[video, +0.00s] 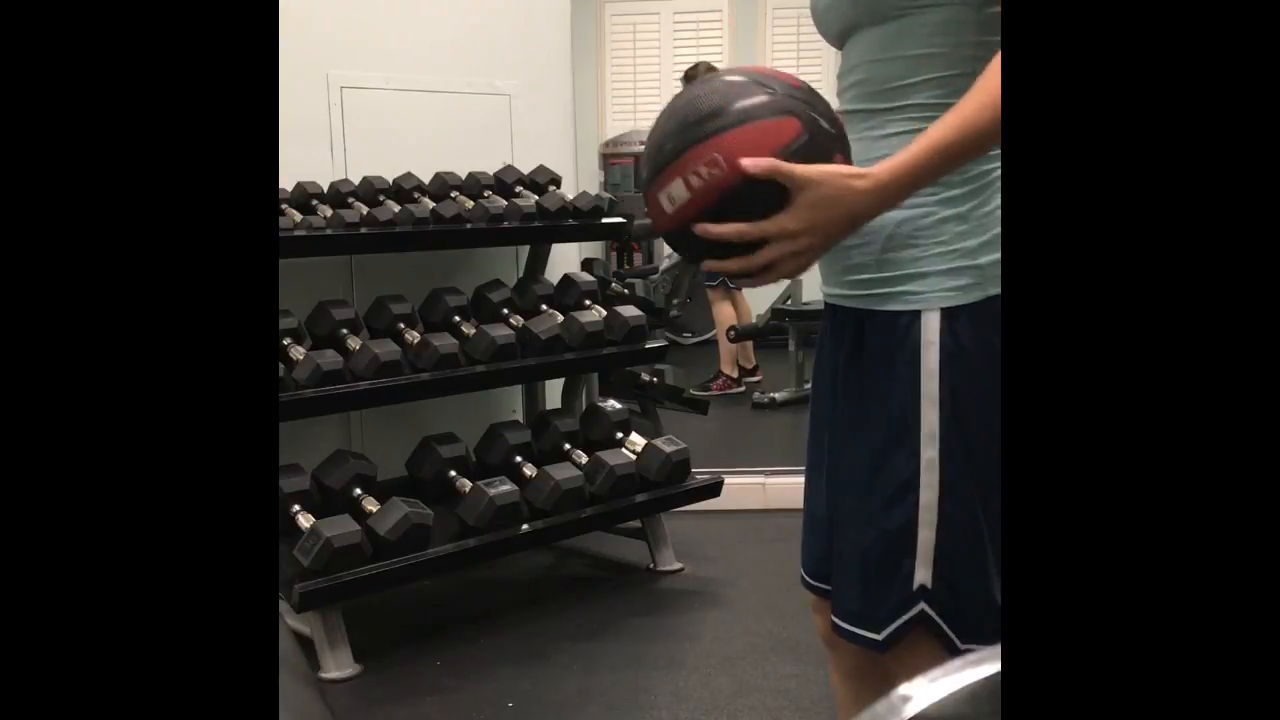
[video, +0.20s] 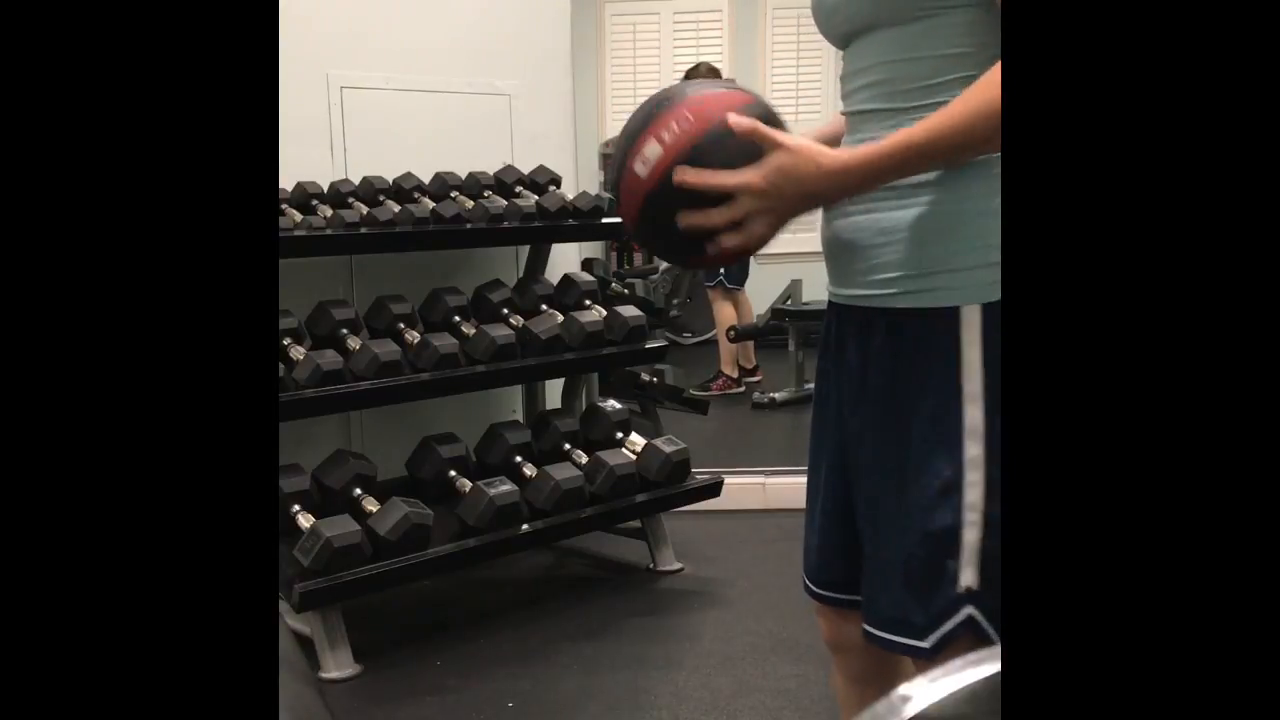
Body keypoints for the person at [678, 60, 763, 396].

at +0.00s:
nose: (684, 95)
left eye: (687, 88)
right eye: (686, 89)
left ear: (697, 89)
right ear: (715, 85)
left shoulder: (705, 121)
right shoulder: (730, 115)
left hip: (713, 216)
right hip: (736, 210)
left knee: (718, 293)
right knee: (734, 290)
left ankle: (729, 373)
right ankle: (749, 364)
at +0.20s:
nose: (691, 100)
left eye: (694, 92)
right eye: (691, 93)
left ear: (700, 91)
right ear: (721, 85)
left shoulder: (701, 132)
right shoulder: (739, 122)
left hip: (716, 224)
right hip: (740, 220)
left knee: (718, 292)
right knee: (735, 291)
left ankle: (729, 373)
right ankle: (749, 364)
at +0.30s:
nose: (690, 99)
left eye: (692, 92)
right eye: (689, 93)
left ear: (705, 90)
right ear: (717, 86)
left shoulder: (714, 122)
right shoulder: (739, 116)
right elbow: (760, 166)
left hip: (718, 218)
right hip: (742, 216)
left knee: (718, 291)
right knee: (735, 290)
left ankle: (729, 373)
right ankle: (749, 365)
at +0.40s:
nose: (689, 97)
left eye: (692, 90)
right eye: (689, 91)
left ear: (705, 90)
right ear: (720, 87)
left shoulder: (707, 128)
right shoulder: (738, 122)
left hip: (721, 219)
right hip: (740, 217)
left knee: (718, 291)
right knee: (735, 289)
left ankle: (729, 372)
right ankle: (749, 364)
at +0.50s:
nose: (690, 97)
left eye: (694, 90)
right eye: (692, 90)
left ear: (703, 90)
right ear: (724, 85)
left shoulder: (704, 129)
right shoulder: (742, 122)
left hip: (719, 221)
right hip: (741, 218)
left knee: (719, 290)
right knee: (735, 289)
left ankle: (729, 372)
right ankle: (749, 364)